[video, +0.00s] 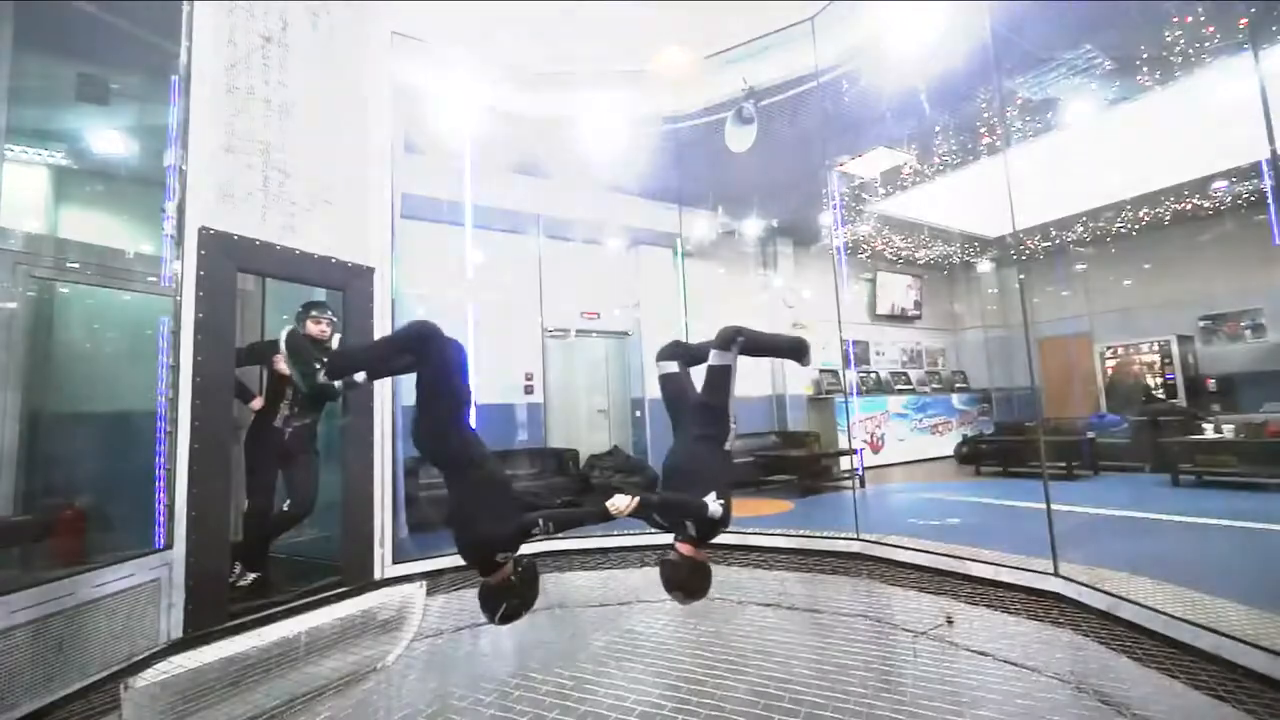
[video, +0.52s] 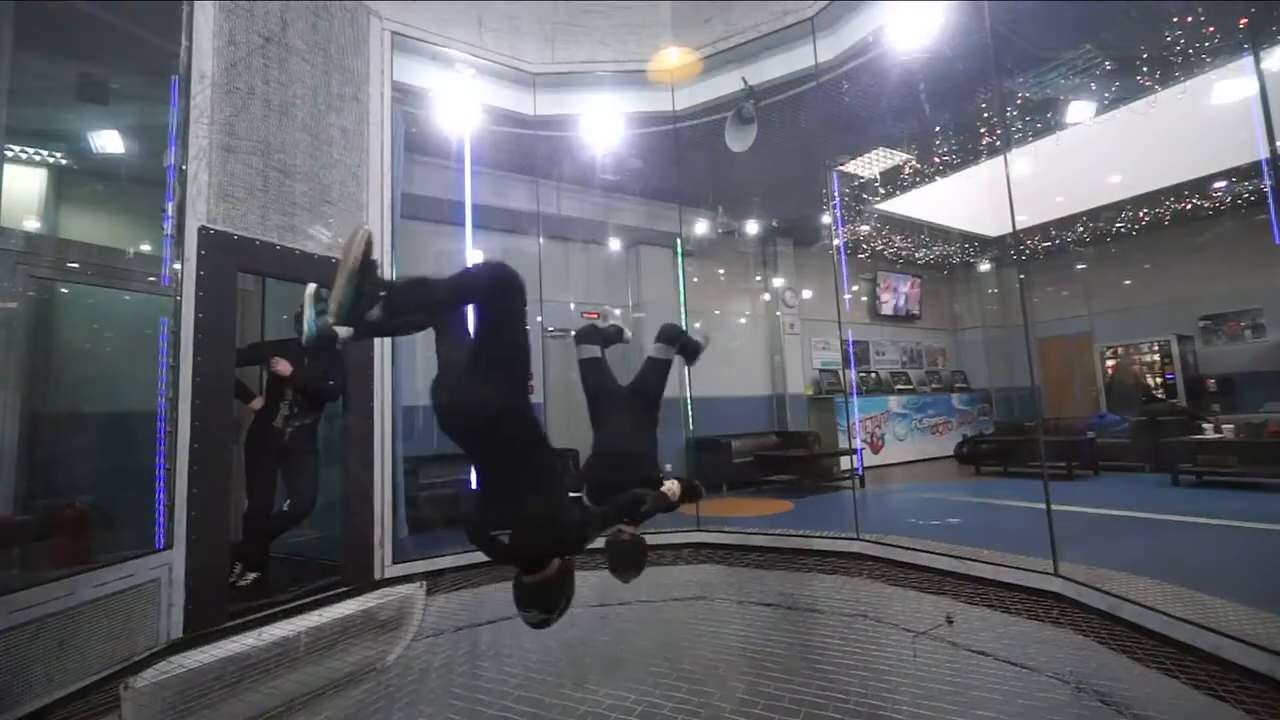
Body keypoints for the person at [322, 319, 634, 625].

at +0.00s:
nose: (498, 578)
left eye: (502, 580)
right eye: (506, 580)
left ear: (503, 577)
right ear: (509, 575)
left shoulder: (489, 548)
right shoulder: (486, 546)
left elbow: (552, 521)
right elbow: (547, 515)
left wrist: (605, 512)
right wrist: (598, 507)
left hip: (444, 439)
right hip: (450, 437)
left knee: (426, 334)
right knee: (437, 347)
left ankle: (335, 363)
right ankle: (351, 372)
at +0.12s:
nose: (488, 586)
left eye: (491, 590)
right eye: (494, 590)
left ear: (505, 575)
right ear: (510, 576)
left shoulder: (499, 540)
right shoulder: (484, 548)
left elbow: (560, 515)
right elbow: (552, 510)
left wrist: (615, 506)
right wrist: (606, 498)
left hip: (442, 435)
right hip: (448, 436)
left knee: (434, 325)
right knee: (434, 334)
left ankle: (328, 347)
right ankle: (339, 352)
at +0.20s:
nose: (490, 600)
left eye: (494, 602)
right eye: (499, 601)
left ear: (514, 574)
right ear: (517, 577)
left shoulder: (498, 543)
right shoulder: (480, 546)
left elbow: (568, 510)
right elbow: (565, 508)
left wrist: (627, 508)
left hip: (445, 423)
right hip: (441, 425)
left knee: (435, 314)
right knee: (437, 329)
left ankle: (331, 333)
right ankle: (344, 349)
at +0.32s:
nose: (502, 586)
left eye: (506, 590)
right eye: (509, 592)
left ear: (524, 573)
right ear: (524, 578)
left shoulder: (520, 541)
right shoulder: (482, 547)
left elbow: (577, 511)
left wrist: (640, 508)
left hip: (454, 422)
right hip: (444, 422)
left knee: (455, 303)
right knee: (453, 304)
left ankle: (336, 328)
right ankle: (340, 327)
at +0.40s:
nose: (509, 594)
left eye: (514, 597)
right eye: (518, 599)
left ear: (533, 572)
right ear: (533, 578)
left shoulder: (534, 536)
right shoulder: (487, 545)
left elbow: (598, 511)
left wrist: (653, 510)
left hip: (469, 419)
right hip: (444, 418)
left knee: (470, 294)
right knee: (447, 314)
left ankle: (352, 306)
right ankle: (344, 328)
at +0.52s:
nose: (545, 582)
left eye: (535, 593)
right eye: (553, 590)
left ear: (523, 582)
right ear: (564, 577)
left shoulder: (489, 537)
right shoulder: (565, 532)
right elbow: (622, 510)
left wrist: (662, 495)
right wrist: (664, 496)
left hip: (460, 413)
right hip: (508, 405)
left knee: (442, 307)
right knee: (500, 280)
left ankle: (344, 323)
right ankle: (378, 296)